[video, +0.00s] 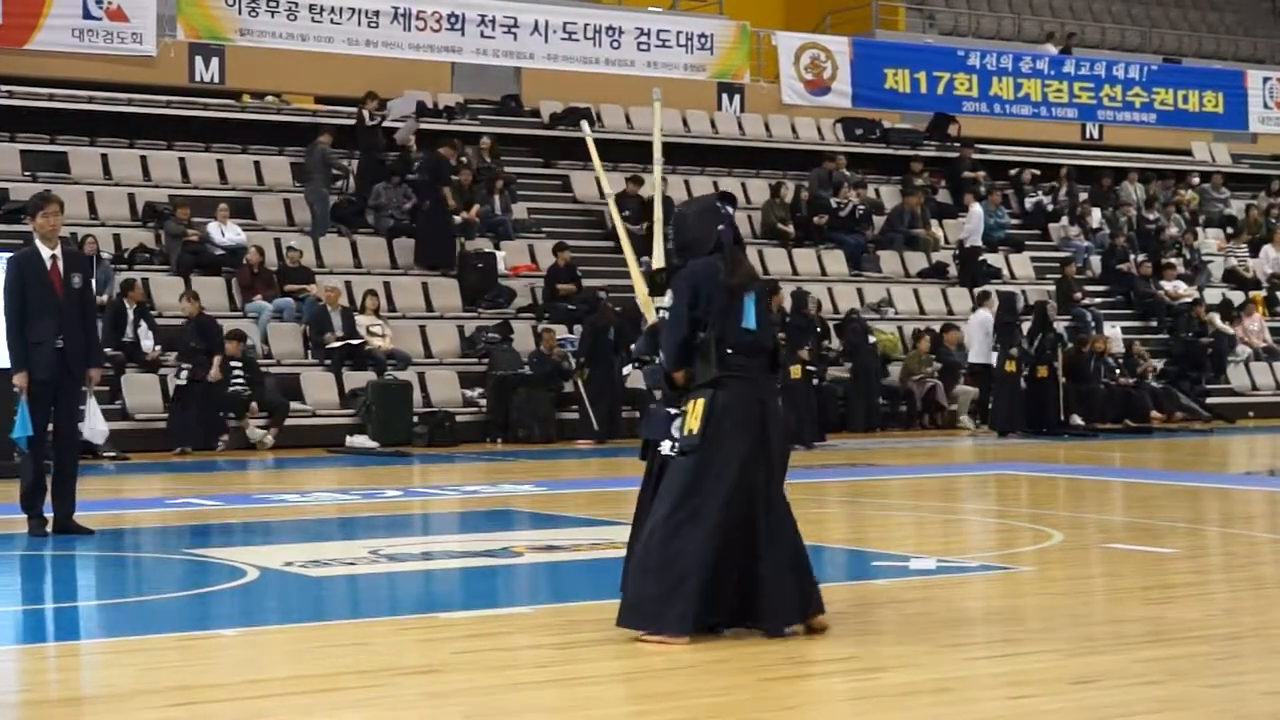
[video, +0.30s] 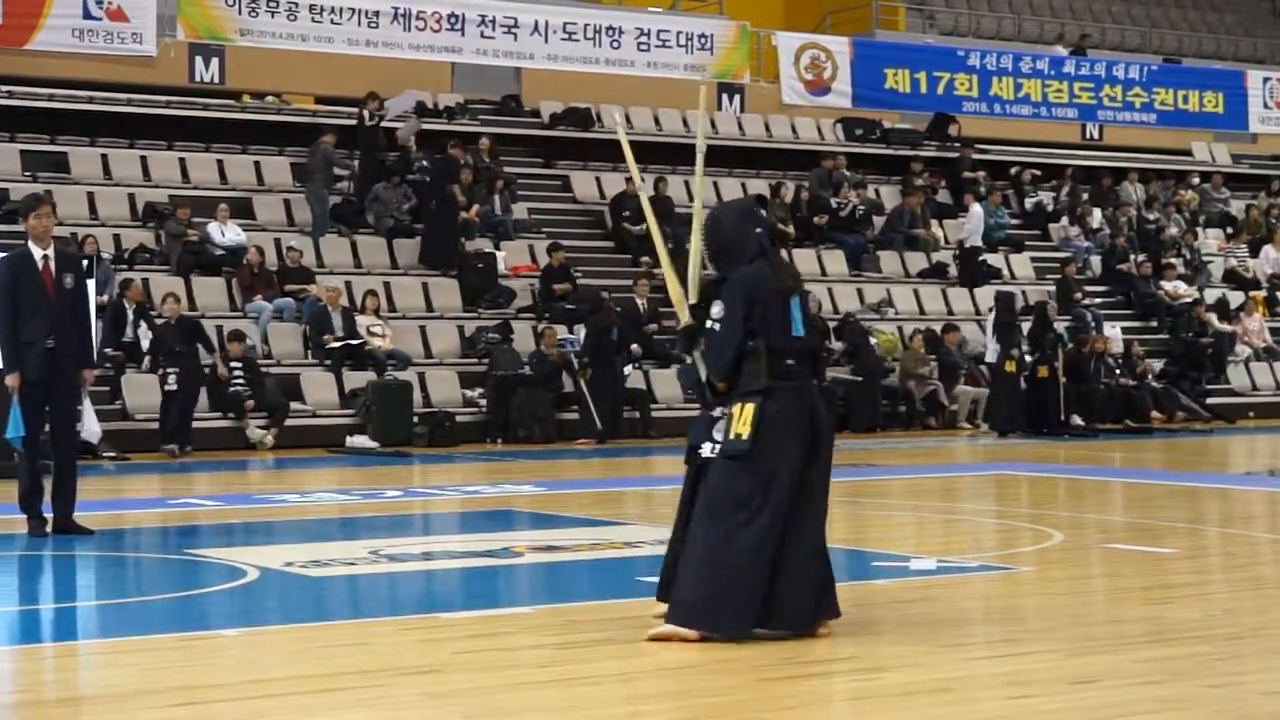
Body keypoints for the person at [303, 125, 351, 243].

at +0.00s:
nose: (329, 142)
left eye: (329, 139)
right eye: (329, 139)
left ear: (319, 137)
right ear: (327, 138)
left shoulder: (310, 149)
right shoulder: (324, 149)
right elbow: (334, 163)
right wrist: (347, 170)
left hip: (309, 188)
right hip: (320, 189)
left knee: (316, 221)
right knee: (323, 221)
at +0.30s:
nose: (333, 141)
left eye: (334, 139)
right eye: (333, 138)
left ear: (322, 137)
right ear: (329, 138)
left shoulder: (314, 148)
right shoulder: (326, 149)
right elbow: (336, 161)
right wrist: (351, 166)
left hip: (311, 188)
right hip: (320, 189)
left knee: (317, 219)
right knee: (323, 219)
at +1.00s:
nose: (345, 147)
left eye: (346, 145)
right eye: (345, 144)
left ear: (335, 142)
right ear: (343, 142)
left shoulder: (326, 152)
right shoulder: (336, 149)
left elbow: (334, 183)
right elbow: (352, 153)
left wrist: (353, 190)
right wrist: (363, 158)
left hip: (316, 191)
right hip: (323, 191)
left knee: (324, 225)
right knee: (324, 226)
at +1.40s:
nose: (348, 150)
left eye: (348, 148)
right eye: (347, 147)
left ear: (337, 144)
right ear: (345, 145)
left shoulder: (329, 154)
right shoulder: (338, 151)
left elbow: (335, 184)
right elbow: (361, 154)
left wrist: (354, 193)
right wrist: (365, 161)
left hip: (317, 190)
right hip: (324, 190)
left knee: (325, 225)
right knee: (325, 226)